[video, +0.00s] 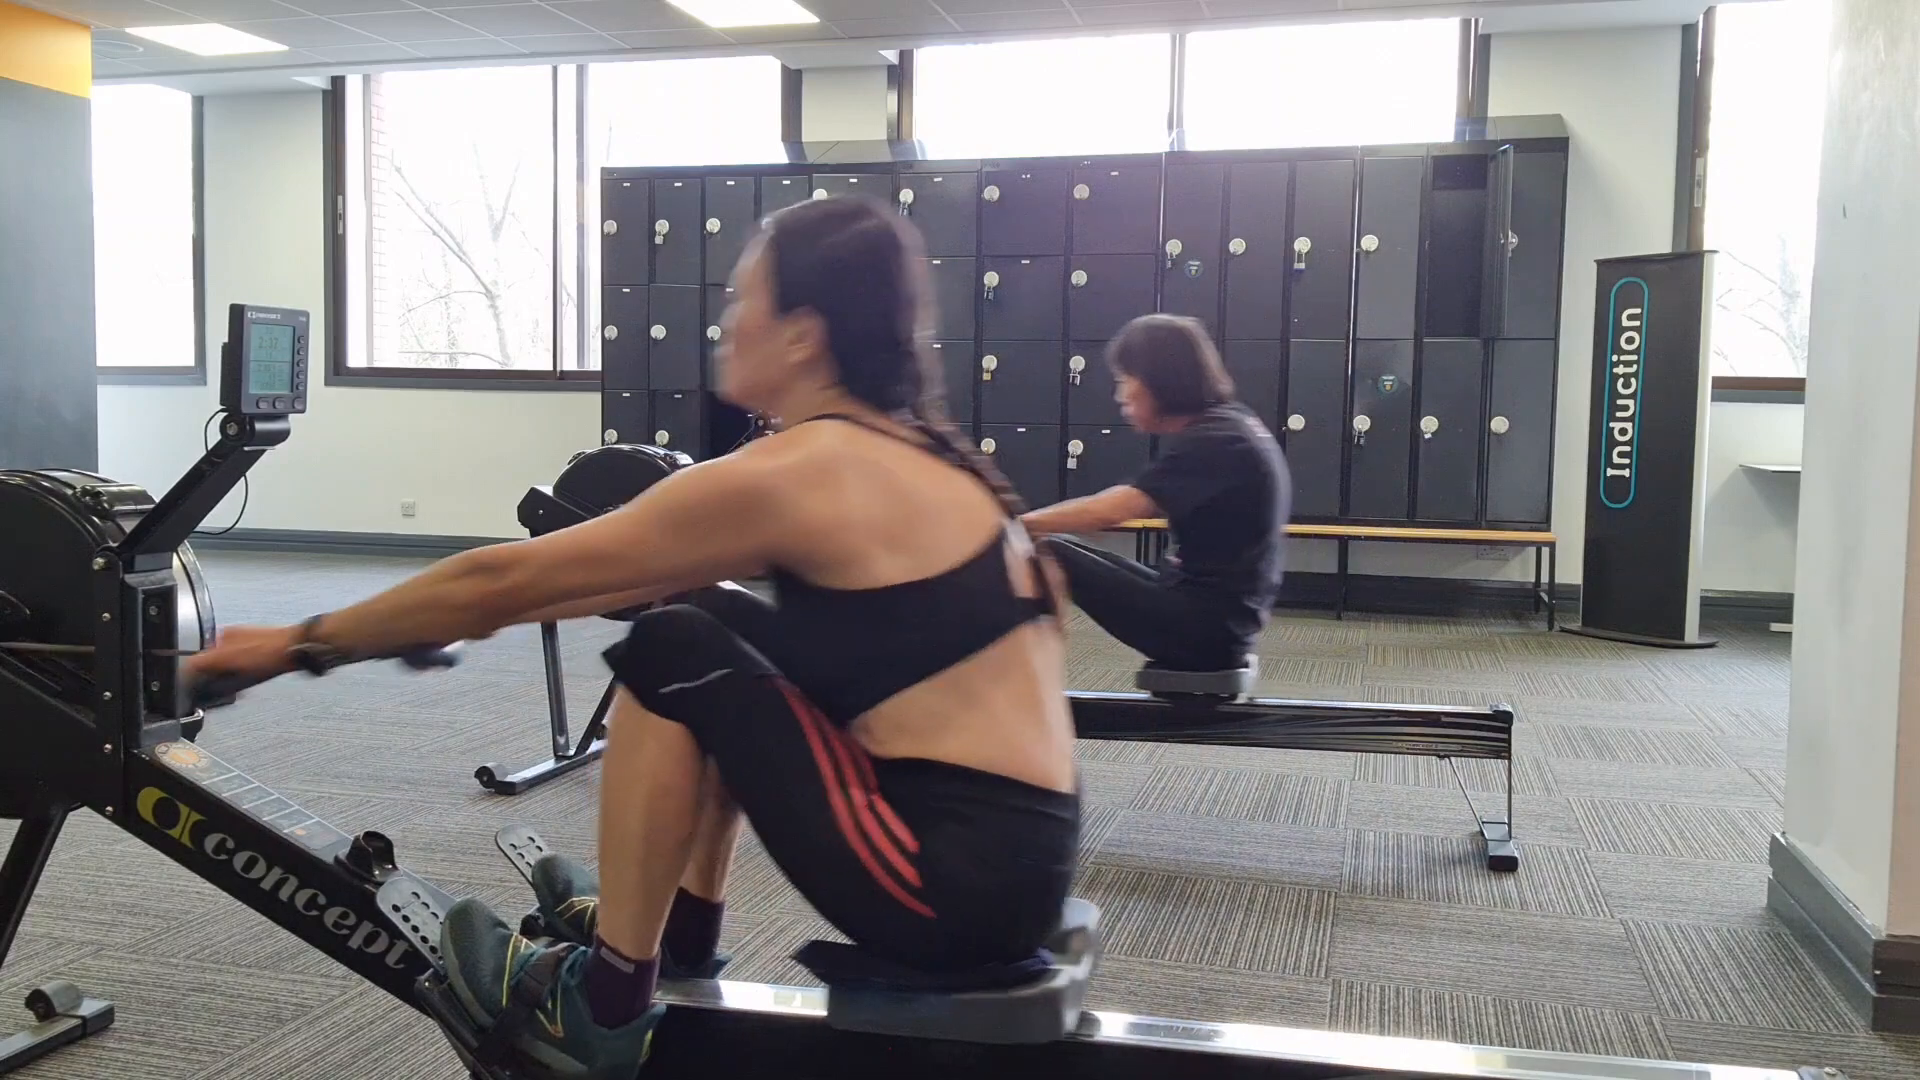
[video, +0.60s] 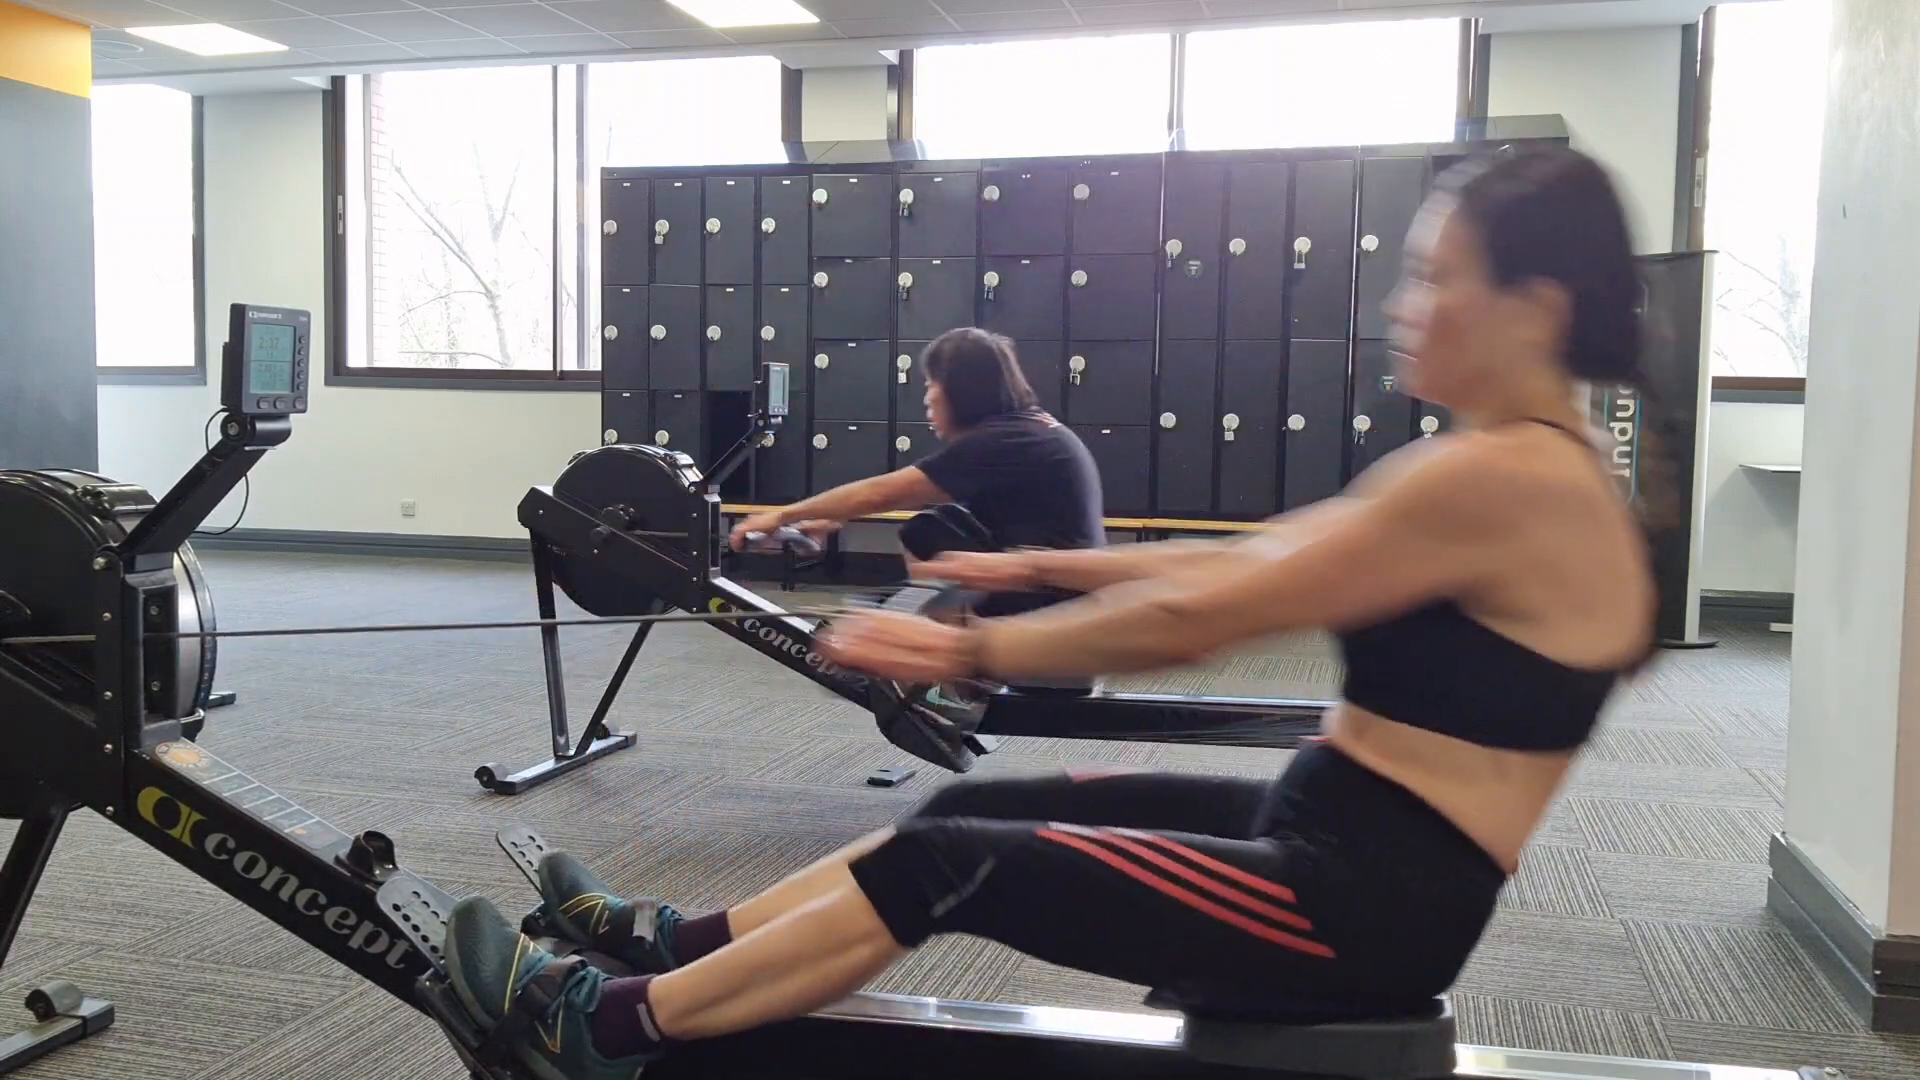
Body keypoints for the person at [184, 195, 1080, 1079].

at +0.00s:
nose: (721, 327)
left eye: (739, 304)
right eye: (729, 304)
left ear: (807, 333)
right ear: (845, 339)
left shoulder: (793, 477)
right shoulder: (932, 458)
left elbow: (505, 583)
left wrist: (297, 640)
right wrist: (559, 596)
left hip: (938, 891)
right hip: (1024, 876)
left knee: (670, 645)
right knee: (736, 636)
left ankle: (610, 997)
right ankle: (684, 931)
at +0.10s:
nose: (813, 311)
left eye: (832, 288)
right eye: (821, 285)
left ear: (904, 322)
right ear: (921, 324)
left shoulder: (876, 467)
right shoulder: (997, 440)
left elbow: (597, 578)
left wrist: (407, 647)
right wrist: (660, 569)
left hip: (996, 892)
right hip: (1065, 872)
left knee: (711, 653)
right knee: (762, 637)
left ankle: (608, 996)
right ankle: (681, 946)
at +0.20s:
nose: (915, 304)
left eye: (937, 280)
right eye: (924, 278)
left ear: (1016, 314)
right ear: (1028, 315)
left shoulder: (988, 463)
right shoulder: (1118, 432)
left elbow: (708, 584)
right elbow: (857, 544)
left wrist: (497, 646)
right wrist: (636, 585)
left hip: (1071, 885)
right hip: (1136, 848)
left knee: (763, 691)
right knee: (795, 646)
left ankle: (607, 1006)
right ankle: (681, 949)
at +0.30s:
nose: (1027, 296)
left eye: (1051, 272)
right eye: (1033, 270)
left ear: (1140, 299)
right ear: (1143, 305)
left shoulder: (1083, 458)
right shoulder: (1194, 435)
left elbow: (823, 577)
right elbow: (888, 550)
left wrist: (605, 634)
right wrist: (728, 580)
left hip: (1161, 886)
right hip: (1203, 840)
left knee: (819, 727)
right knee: (847, 685)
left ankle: (612, 1016)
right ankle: (668, 955)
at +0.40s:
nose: (1153, 291)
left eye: (1182, 266)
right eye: (1161, 263)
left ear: (1275, 293)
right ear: (1269, 295)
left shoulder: (1225, 452)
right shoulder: (1299, 428)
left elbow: (940, 586)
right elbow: (976, 559)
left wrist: (717, 639)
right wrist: (798, 596)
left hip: (1249, 884)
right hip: (1249, 820)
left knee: (890, 763)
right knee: (919, 728)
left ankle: (625, 1017)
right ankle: (674, 966)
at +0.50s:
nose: (1284, 284)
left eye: (1321, 256)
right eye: (1294, 254)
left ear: (1417, 293)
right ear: (1401, 296)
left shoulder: (1357, 460)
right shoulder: (1436, 438)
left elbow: (1061, 579)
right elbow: (1087, 561)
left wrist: (831, 633)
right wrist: (878, 622)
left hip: (1316, 897)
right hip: (1311, 816)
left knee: (930, 813)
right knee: (957, 762)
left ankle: (622, 1025)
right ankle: (683, 957)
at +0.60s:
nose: (1408, 313)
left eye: (1441, 283)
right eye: (1415, 280)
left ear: (1546, 310)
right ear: (1519, 308)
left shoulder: (1509, 480)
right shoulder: (1490, 462)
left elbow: (1201, 615)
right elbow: (1253, 568)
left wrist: (962, 650)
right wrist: (1039, 574)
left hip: (1358, 896)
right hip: (1333, 824)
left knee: (960, 844)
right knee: (975, 809)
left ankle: (610, 1030)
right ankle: (683, 946)